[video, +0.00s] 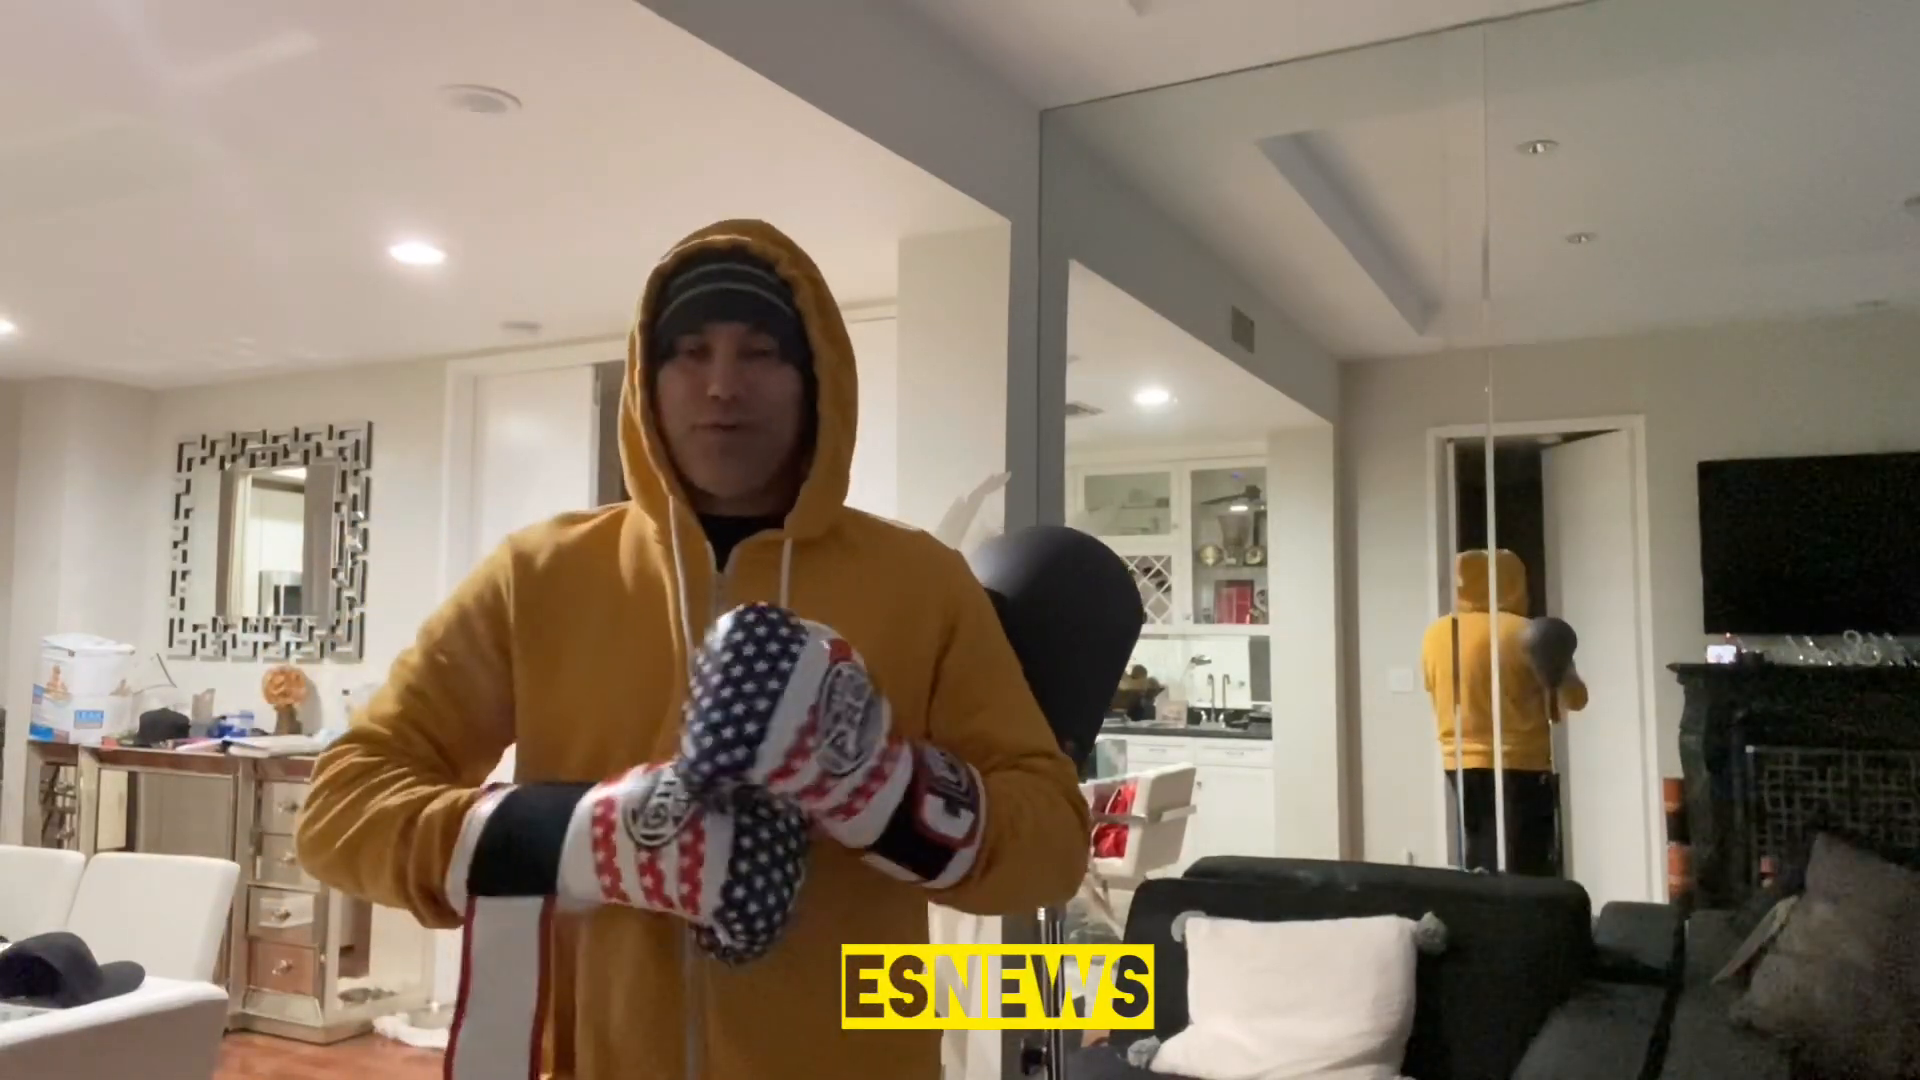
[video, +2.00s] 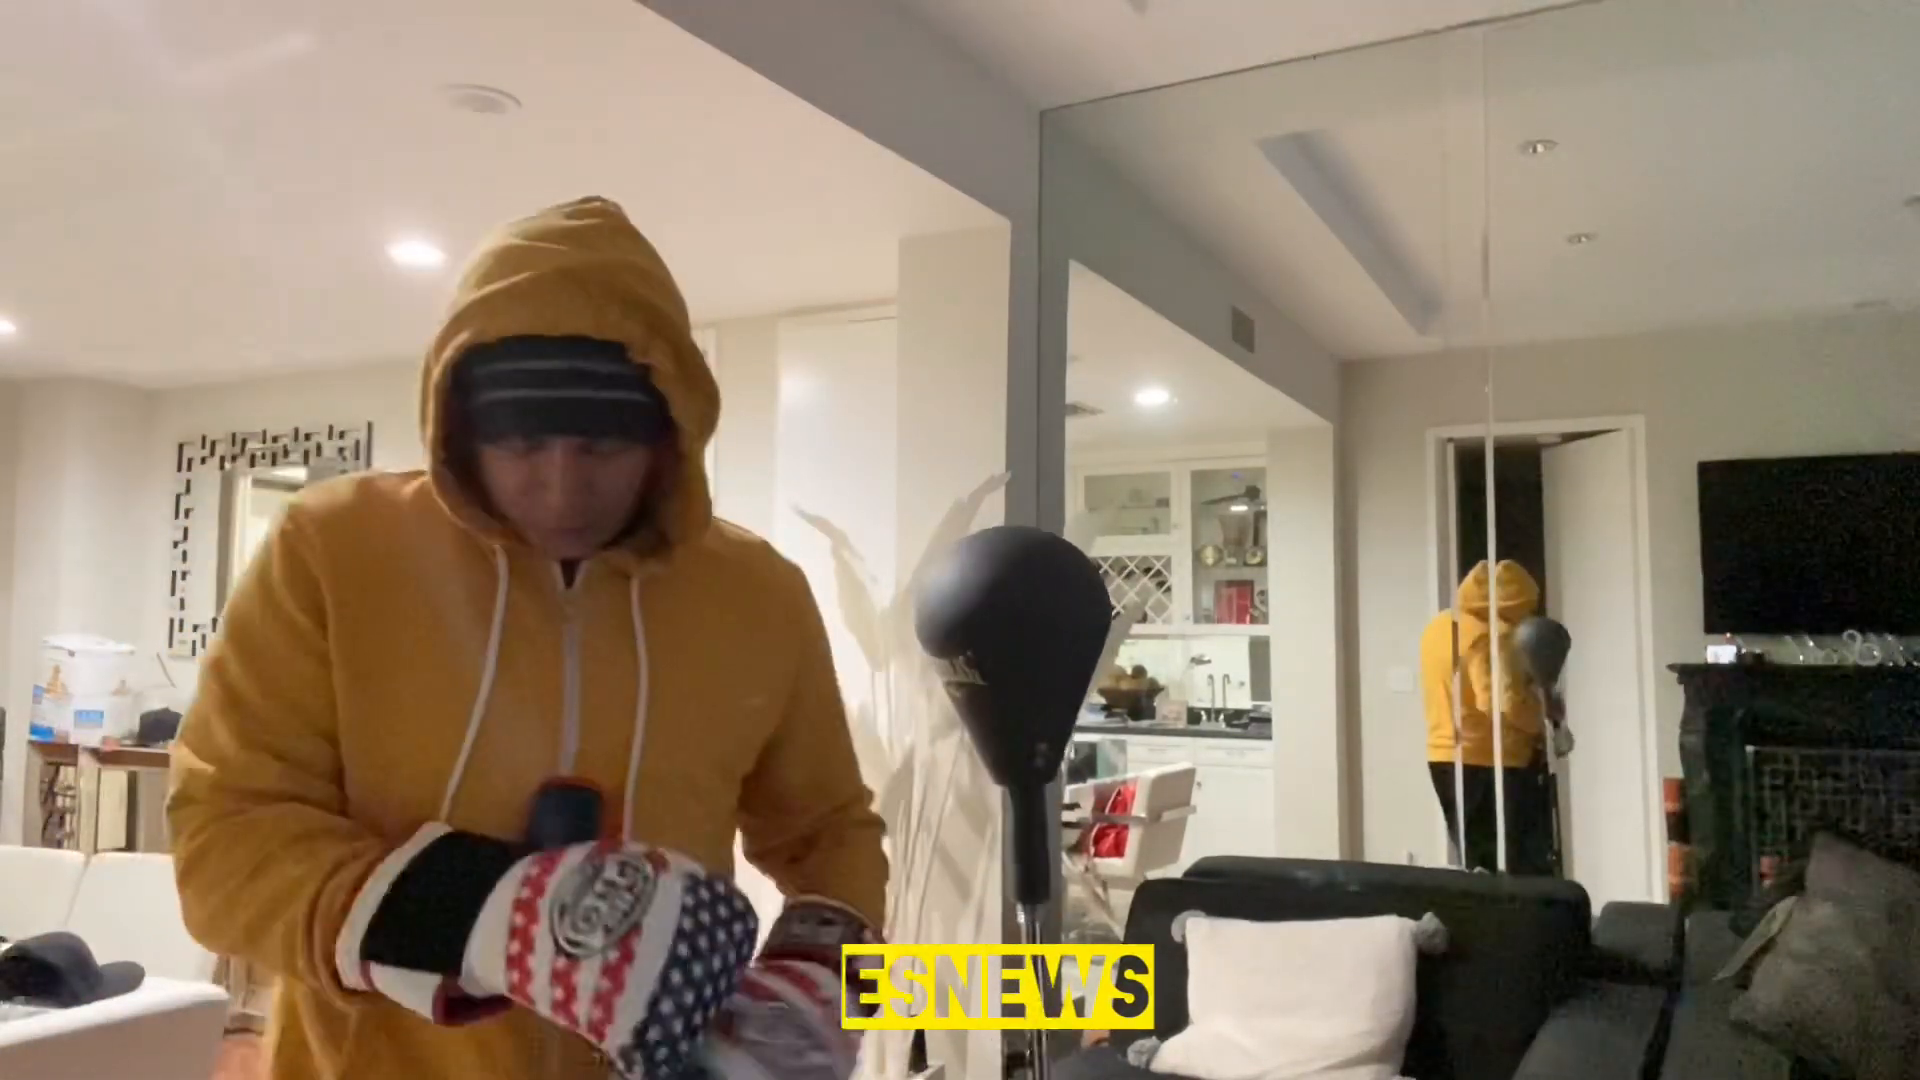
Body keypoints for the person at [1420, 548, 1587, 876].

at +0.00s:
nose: (1525, 591)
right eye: (1521, 583)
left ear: (1463, 586)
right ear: (1513, 586)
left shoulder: (1437, 634)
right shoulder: (1528, 633)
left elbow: (1433, 689)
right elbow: (1575, 698)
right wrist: (1558, 657)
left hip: (1463, 770)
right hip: (1524, 770)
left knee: (1477, 860)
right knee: (1529, 867)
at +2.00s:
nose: (1525, 617)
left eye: (1528, 608)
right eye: (1524, 607)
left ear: (1476, 591)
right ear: (1508, 601)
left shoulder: (1438, 628)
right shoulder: (1487, 633)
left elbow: (1448, 699)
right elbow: (1500, 700)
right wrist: (1543, 717)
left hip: (1448, 765)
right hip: (1491, 766)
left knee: (1478, 865)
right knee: (1520, 866)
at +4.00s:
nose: (1543, 613)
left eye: (1544, 606)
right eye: (1542, 605)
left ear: (1494, 590)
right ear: (1533, 599)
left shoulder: (1454, 631)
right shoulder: (1526, 632)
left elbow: (1451, 697)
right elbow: (1556, 701)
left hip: (1463, 764)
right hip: (1516, 767)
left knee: (1477, 858)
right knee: (1527, 863)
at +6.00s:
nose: (1528, 600)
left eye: (1528, 593)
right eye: (1525, 592)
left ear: (1471, 588)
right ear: (1514, 592)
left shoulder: (1442, 632)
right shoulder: (1509, 636)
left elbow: (1451, 695)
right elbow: (1538, 704)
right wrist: (1565, 725)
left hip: (1459, 766)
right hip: (1513, 768)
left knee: (1478, 857)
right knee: (1526, 860)